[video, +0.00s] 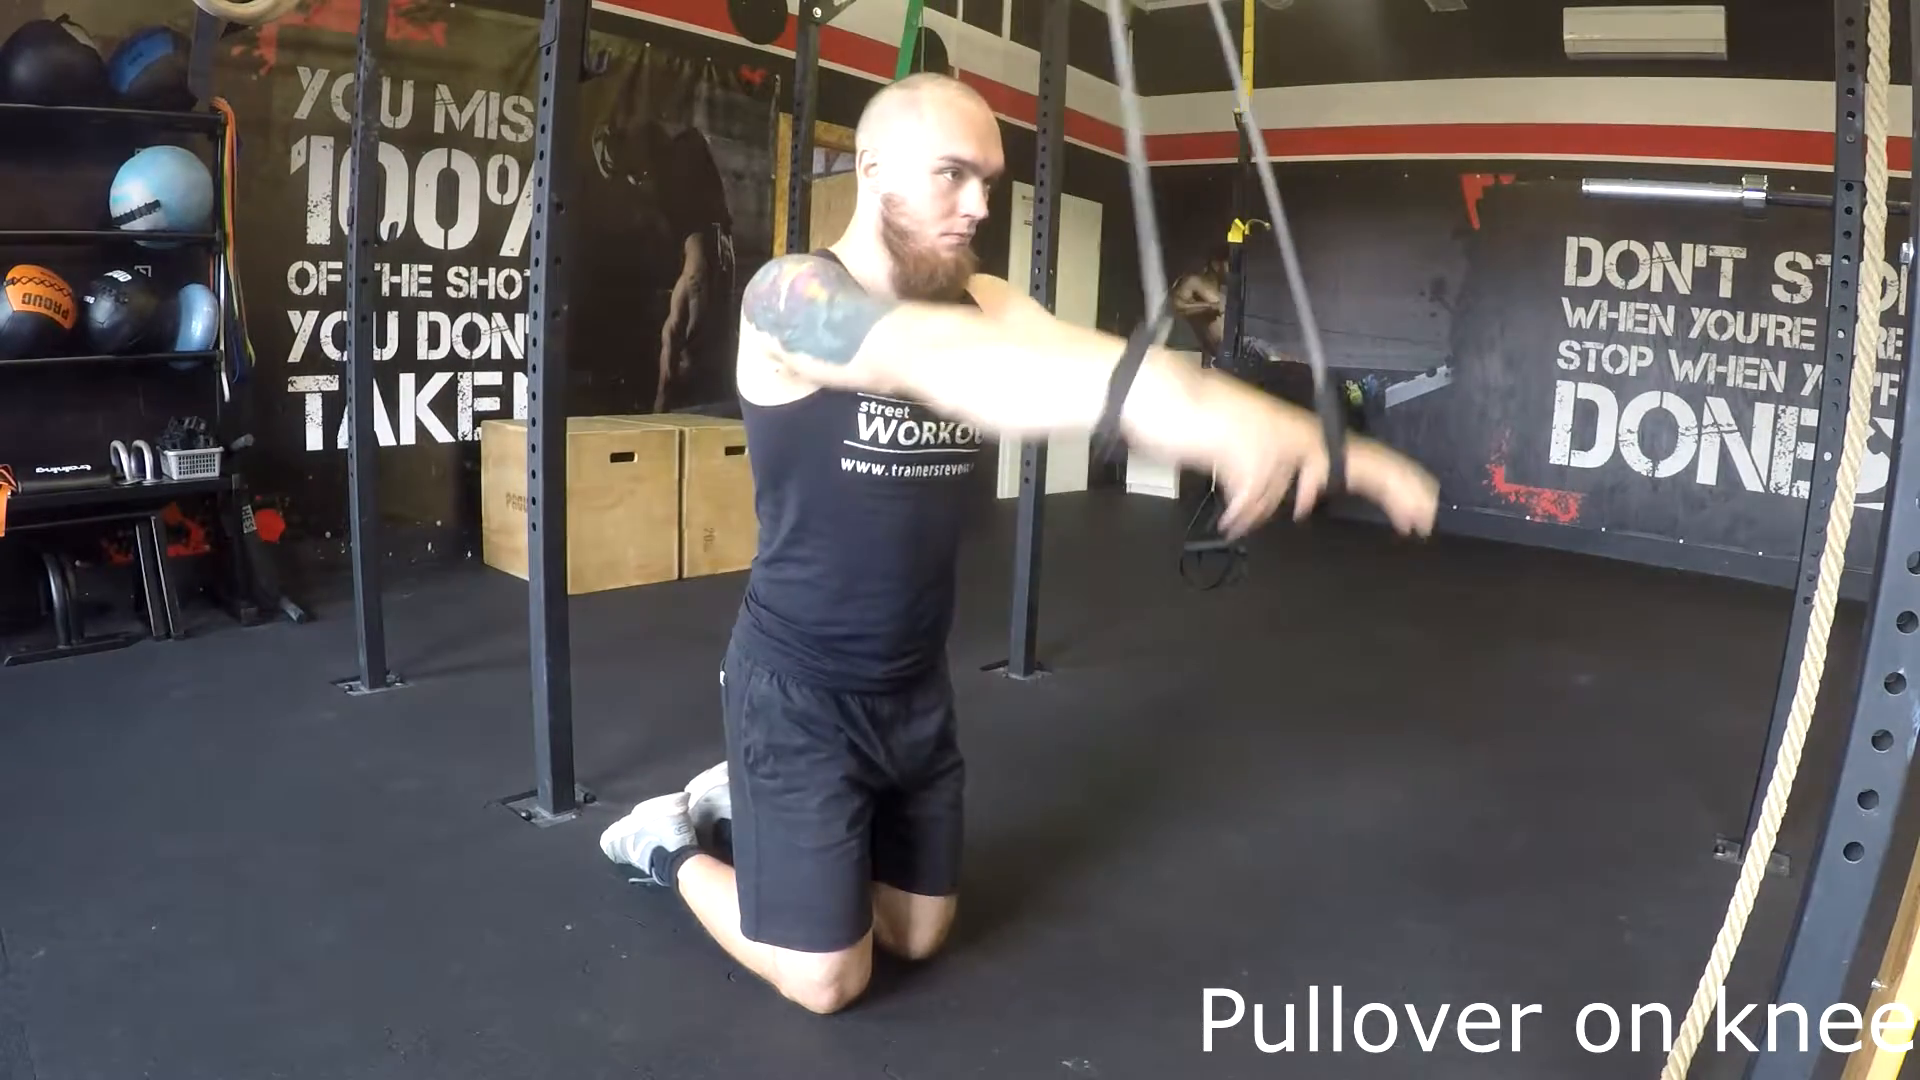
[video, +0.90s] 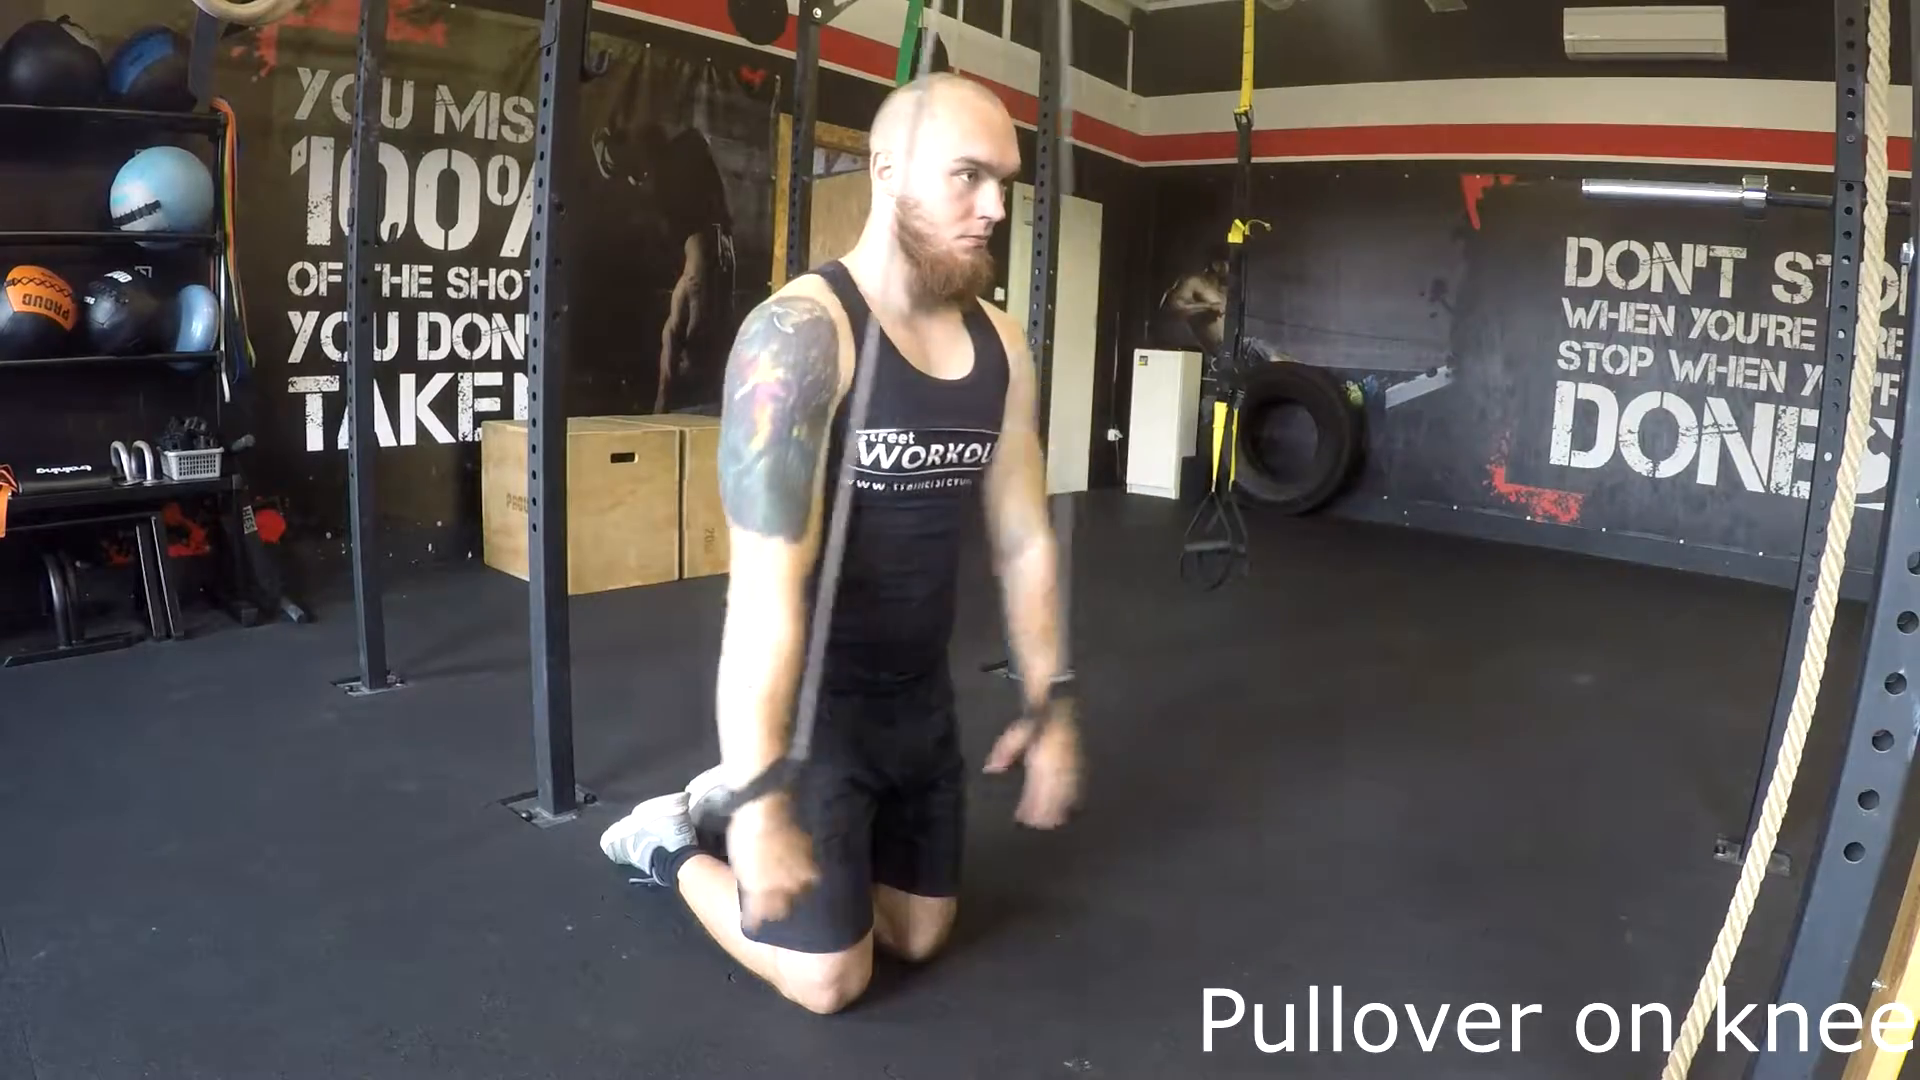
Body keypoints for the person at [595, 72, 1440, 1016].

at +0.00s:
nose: (978, 206)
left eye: (990, 183)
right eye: (951, 177)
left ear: (992, 188)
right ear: (867, 173)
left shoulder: (984, 303)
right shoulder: (791, 294)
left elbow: (1123, 376)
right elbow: (949, 369)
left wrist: (1334, 453)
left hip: (916, 683)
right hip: (797, 686)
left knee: (916, 931)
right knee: (822, 978)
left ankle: (759, 807)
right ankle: (672, 852)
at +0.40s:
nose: (984, 214)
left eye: (995, 188)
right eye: (958, 183)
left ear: (995, 192)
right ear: (874, 178)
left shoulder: (985, 310)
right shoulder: (791, 305)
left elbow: (1129, 370)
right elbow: (956, 379)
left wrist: (1331, 438)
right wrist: (1188, 418)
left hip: (913, 685)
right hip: (796, 687)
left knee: (916, 931)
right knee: (820, 978)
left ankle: (751, 808)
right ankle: (672, 852)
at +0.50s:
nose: (982, 215)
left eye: (996, 188)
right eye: (958, 183)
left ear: (1003, 190)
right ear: (877, 179)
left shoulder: (983, 315)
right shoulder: (797, 312)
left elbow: (1136, 420)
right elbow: (952, 453)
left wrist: (1319, 525)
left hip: (914, 685)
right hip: (797, 687)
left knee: (915, 930)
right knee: (822, 981)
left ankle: (750, 807)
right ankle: (675, 852)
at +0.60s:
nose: (986, 212)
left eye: (999, 189)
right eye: (962, 182)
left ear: (1005, 191)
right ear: (885, 179)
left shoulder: (990, 319)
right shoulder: (800, 319)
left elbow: (1117, 462)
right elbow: (900, 515)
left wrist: (1267, 600)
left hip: (920, 686)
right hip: (801, 685)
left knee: (916, 933)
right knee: (821, 979)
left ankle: (746, 805)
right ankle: (674, 854)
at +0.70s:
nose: (988, 211)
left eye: (998, 183)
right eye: (962, 178)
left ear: (1003, 190)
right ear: (881, 176)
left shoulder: (994, 333)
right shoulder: (798, 325)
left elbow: (1089, 498)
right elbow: (842, 555)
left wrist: (1198, 660)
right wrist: (919, 762)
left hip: (911, 671)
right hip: (797, 678)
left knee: (919, 928)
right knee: (824, 980)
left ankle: (750, 806)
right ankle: (672, 857)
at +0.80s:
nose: (991, 209)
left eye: (1001, 184)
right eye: (968, 178)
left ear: (1005, 191)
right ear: (890, 178)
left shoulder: (999, 343)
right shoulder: (798, 331)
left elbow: (1056, 525)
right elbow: (795, 582)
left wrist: (1118, 690)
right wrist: (823, 803)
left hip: (915, 683)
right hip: (802, 683)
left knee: (915, 932)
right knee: (825, 980)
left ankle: (741, 802)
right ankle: (672, 852)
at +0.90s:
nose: (996, 207)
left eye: (1006, 182)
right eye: (970, 176)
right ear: (891, 176)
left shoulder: (998, 339)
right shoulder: (798, 336)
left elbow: (1023, 535)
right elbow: (767, 585)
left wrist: (1048, 697)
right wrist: (759, 790)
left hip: (919, 694)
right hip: (810, 703)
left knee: (917, 931)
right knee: (825, 980)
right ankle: (673, 851)